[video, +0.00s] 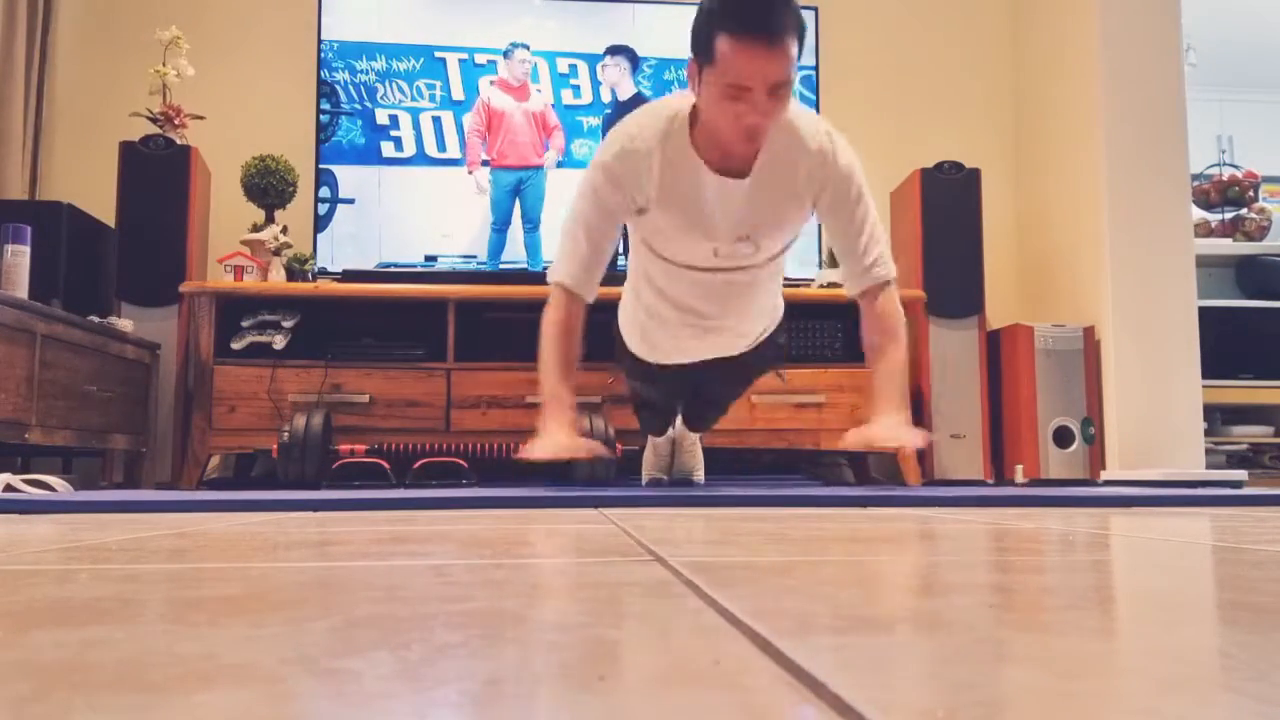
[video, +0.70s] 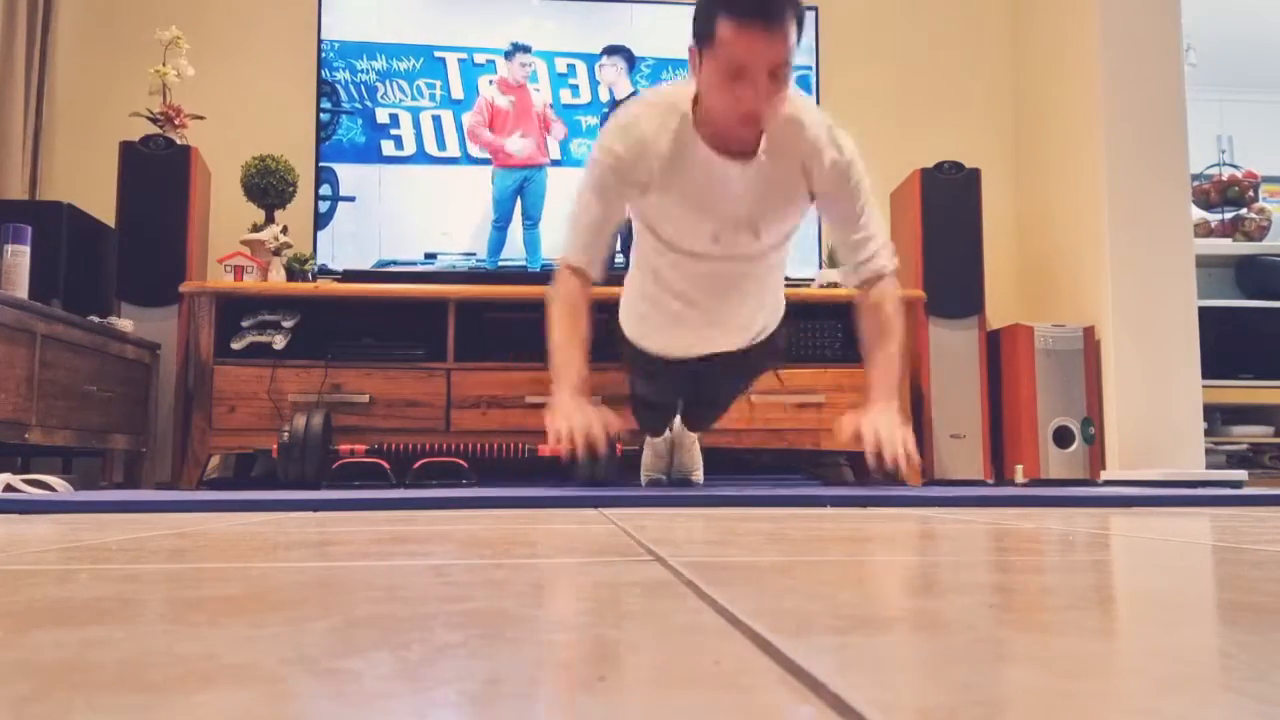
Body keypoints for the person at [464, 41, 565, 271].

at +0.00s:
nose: (527, 67)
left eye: (529, 62)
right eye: (522, 62)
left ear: (531, 65)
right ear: (507, 63)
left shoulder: (538, 97)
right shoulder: (490, 97)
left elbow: (556, 130)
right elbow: (475, 133)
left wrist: (555, 150)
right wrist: (475, 169)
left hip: (534, 171)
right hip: (502, 171)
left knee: (532, 224)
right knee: (500, 225)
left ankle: (536, 272)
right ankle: (492, 270)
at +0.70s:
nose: (528, 70)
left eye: (530, 65)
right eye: (523, 65)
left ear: (532, 66)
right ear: (508, 64)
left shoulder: (537, 95)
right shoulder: (491, 95)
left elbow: (554, 127)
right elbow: (474, 129)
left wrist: (557, 128)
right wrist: (503, 144)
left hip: (536, 168)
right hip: (506, 169)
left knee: (532, 222)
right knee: (501, 222)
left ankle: (535, 268)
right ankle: (490, 266)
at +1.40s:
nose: (543, 74)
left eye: (547, 68)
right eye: (539, 68)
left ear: (550, 68)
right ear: (525, 65)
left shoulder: (553, 98)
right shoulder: (506, 94)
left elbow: (570, 124)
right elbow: (486, 126)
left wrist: (589, 140)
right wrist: (519, 140)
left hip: (542, 169)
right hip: (512, 168)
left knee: (536, 218)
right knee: (505, 217)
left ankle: (538, 266)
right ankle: (495, 263)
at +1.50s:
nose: (546, 73)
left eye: (549, 68)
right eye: (541, 67)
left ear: (551, 67)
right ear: (526, 65)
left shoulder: (553, 95)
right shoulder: (509, 94)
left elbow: (572, 115)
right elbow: (494, 131)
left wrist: (583, 122)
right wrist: (529, 146)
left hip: (544, 168)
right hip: (515, 168)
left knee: (538, 218)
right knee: (506, 217)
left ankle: (538, 265)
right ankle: (496, 262)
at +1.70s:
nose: (549, 74)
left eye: (551, 68)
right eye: (544, 68)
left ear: (552, 66)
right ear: (527, 66)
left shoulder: (553, 91)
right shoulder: (511, 96)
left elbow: (573, 101)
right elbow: (504, 135)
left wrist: (591, 107)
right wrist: (541, 147)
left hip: (545, 166)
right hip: (518, 167)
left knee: (539, 216)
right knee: (509, 215)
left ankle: (540, 263)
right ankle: (498, 259)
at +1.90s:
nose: (545, 69)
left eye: (547, 63)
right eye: (540, 64)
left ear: (548, 63)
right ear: (525, 64)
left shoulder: (552, 89)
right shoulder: (509, 94)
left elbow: (574, 100)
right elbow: (501, 133)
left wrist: (594, 105)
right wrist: (535, 145)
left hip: (546, 165)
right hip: (519, 165)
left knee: (541, 214)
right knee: (510, 213)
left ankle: (542, 261)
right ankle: (500, 259)